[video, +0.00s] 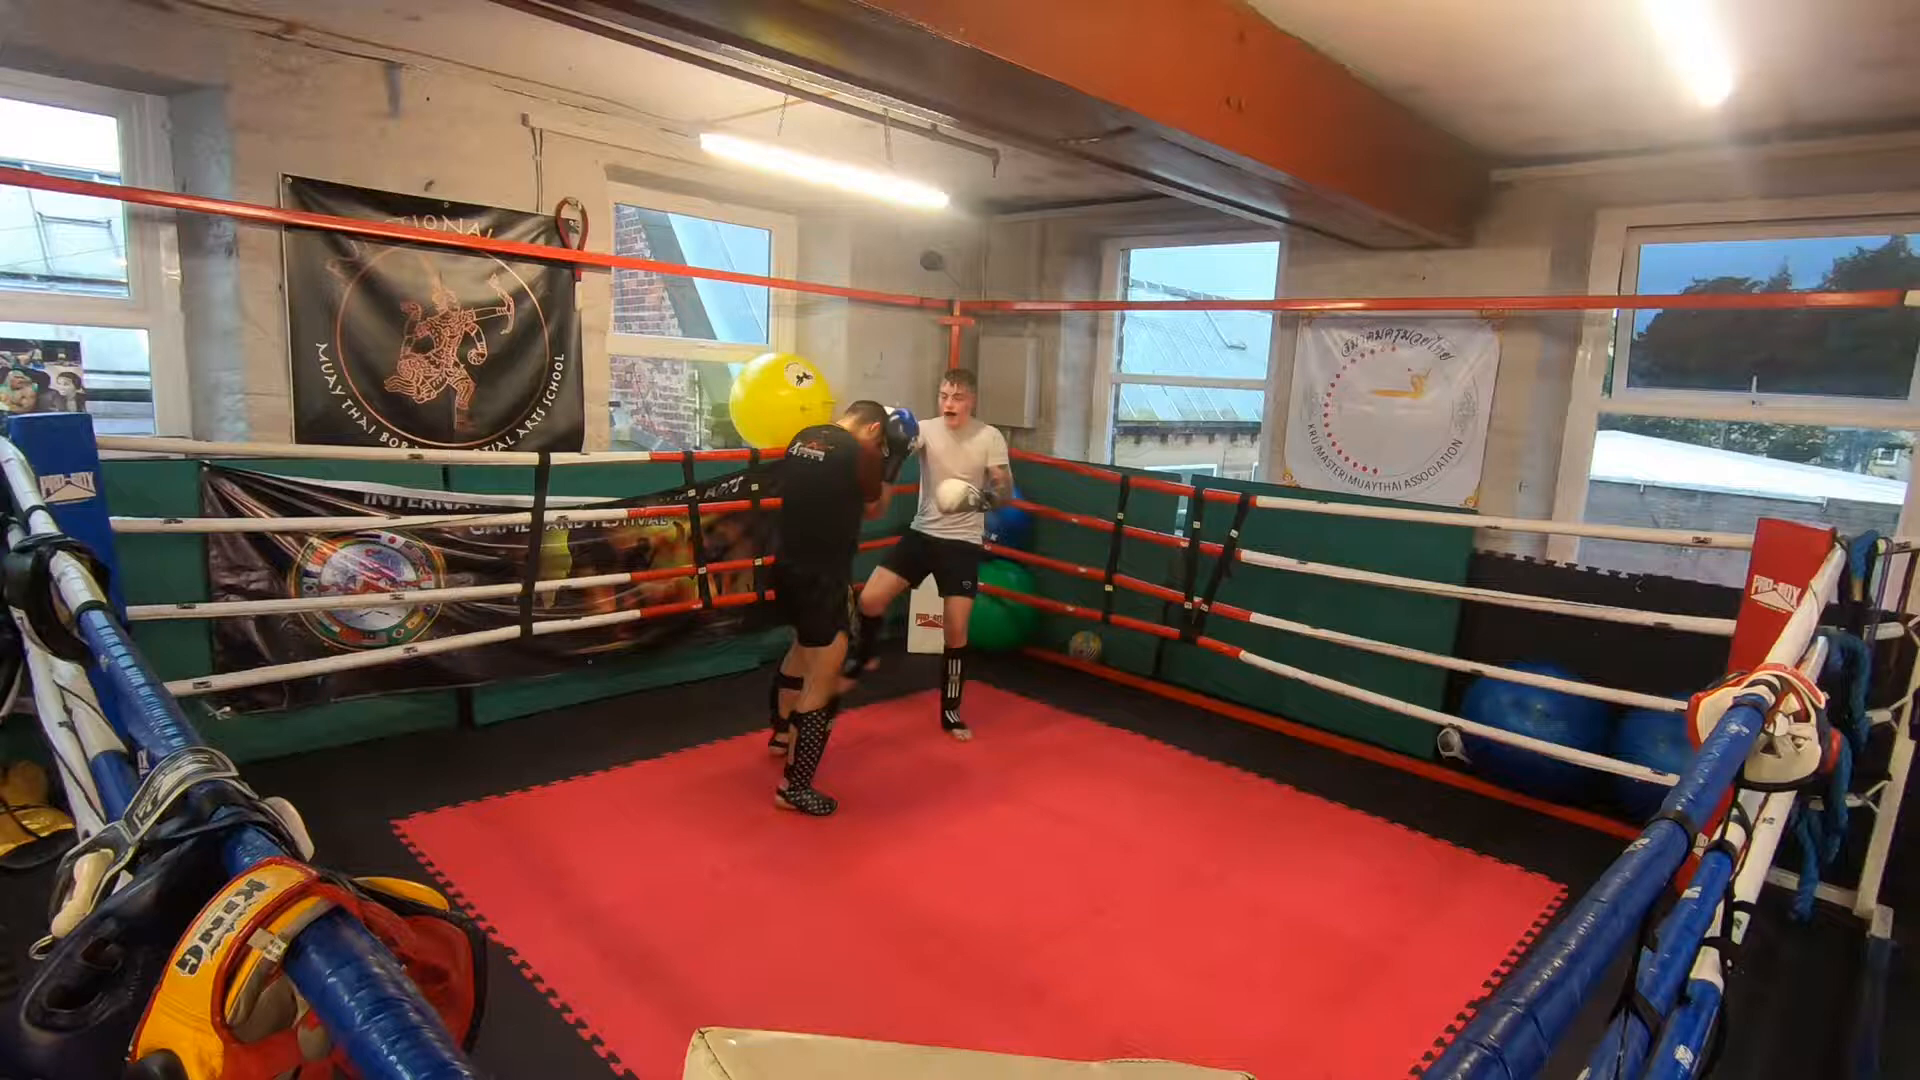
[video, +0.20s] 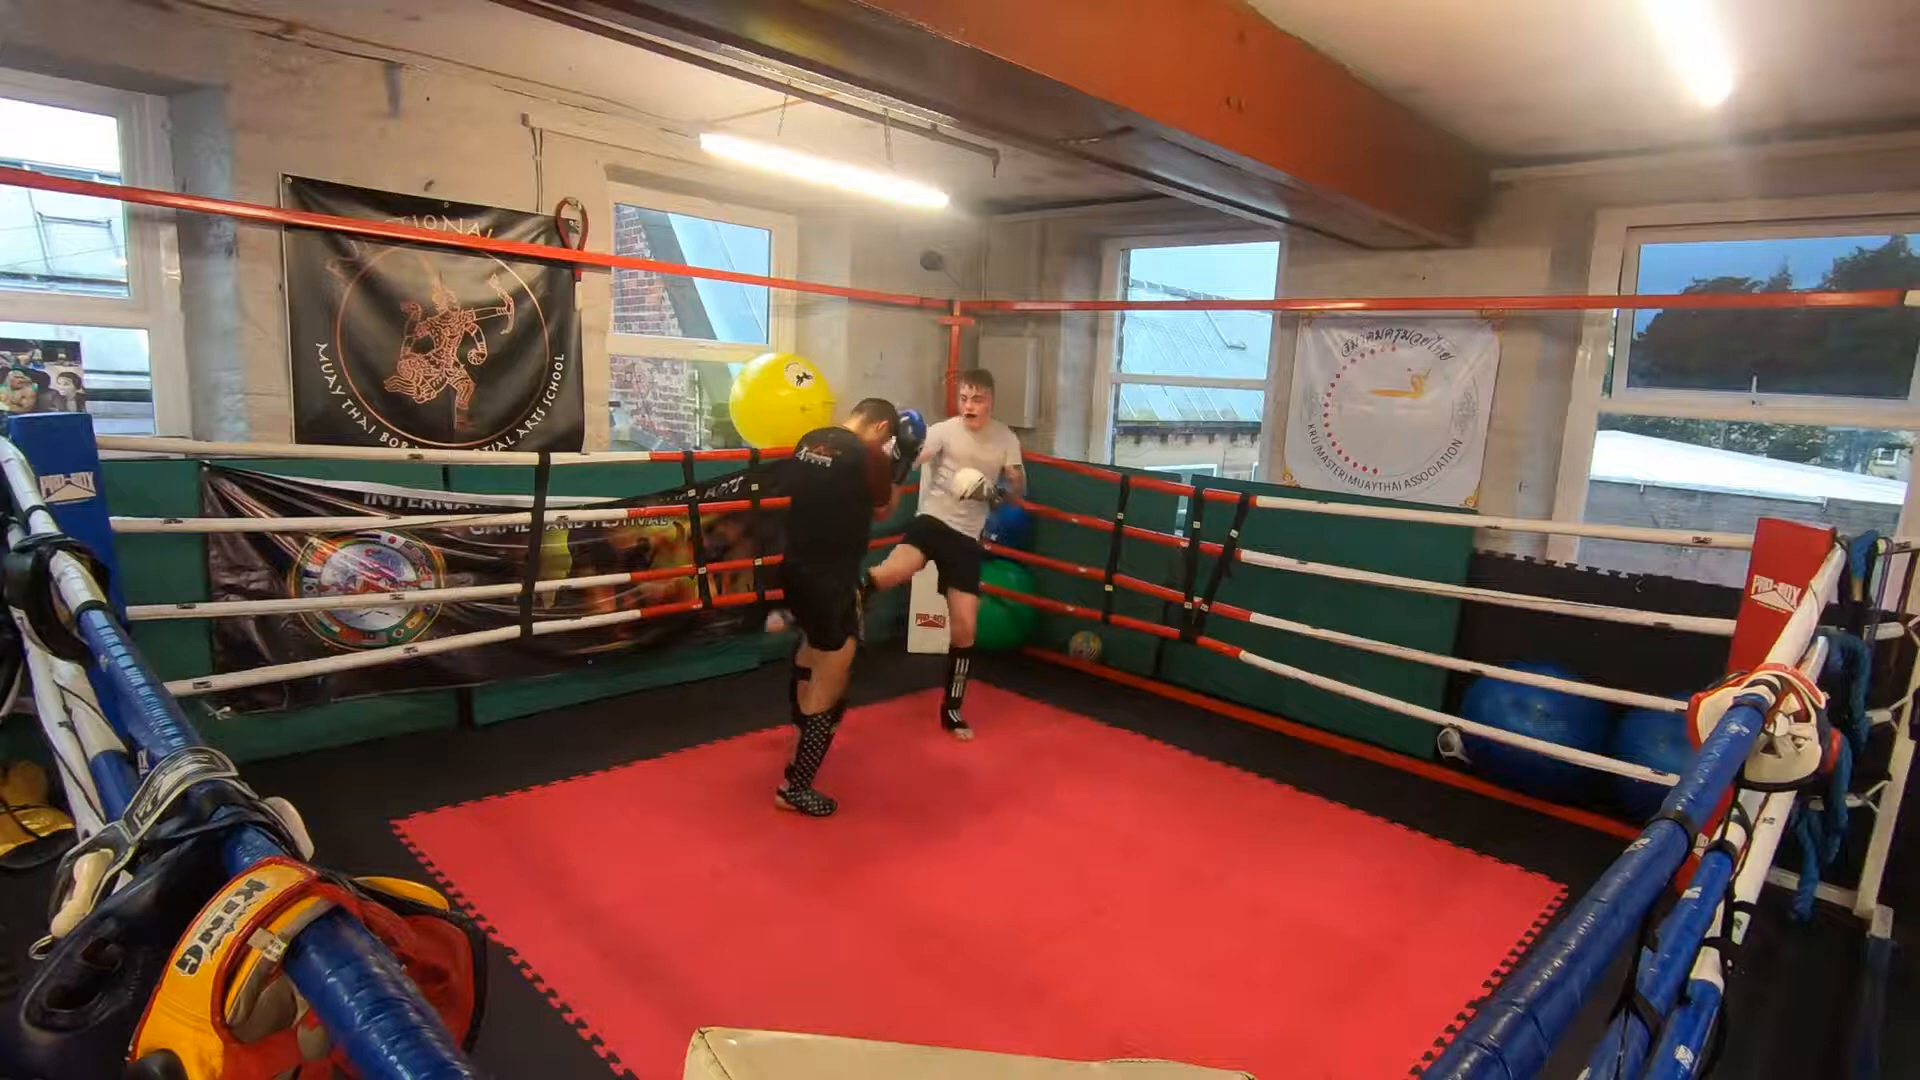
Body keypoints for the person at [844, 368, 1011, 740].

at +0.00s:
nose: (950, 403)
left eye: (958, 397)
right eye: (945, 396)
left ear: (973, 400)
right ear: (939, 397)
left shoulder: (990, 438)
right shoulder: (926, 430)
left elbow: (1005, 495)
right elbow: (891, 469)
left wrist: (991, 492)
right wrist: (895, 443)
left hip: (963, 541)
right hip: (921, 534)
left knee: (956, 629)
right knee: (870, 599)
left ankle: (951, 713)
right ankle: (862, 659)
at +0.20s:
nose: (971, 406)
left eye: (978, 399)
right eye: (965, 399)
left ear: (992, 402)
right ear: (959, 399)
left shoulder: (1006, 440)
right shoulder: (942, 432)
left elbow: (1018, 495)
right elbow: (905, 468)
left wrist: (1006, 484)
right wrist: (904, 452)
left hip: (967, 539)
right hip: (930, 525)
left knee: (965, 628)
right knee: (892, 572)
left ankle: (951, 711)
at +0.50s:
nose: (972, 405)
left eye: (980, 399)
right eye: (968, 398)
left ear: (994, 402)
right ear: (962, 400)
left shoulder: (1012, 443)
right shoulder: (947, 434)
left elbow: (1022, 499)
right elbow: (924, 481)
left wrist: (990, 501)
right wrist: (928, 457)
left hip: (973, 541)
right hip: (932, 529)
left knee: (964, 626)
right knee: (886, 590)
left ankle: (952, 712)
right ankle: (836, 662)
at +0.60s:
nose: (969, 402)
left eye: (976, 396)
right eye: (964, 395)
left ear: (990, 400)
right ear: (956, 399)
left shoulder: (1009, 442)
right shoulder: (946, 434)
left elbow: (1028, 495)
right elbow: (929, 483)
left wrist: (1004, 503)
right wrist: (933, 456)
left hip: (976, 541)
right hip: (936, 533)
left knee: (960, 626)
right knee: (902, 607)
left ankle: (950, 710)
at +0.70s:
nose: (960, 405)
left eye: (967, 399)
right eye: (955, 398)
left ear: (981, 403)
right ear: (948, 402)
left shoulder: (1001, 441)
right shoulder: (937, 439)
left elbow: (1029, 486)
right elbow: (917, 477)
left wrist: (1012, 500)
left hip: (975, 540)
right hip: (937, 537)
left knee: (959, 622)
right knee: (934, 617)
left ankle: (950, 709)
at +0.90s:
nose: (953, 404)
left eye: (958, 397)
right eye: (950, 397)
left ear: (968, 398)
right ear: (944, 399)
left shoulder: (989, 434)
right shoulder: (931, 430)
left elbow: (1011, 479)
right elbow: (917, 470)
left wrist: (991, 490)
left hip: (974, 527)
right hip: (936, 524)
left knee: (959, 603)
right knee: (940, 602)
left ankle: (950, 683)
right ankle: (983, 655)